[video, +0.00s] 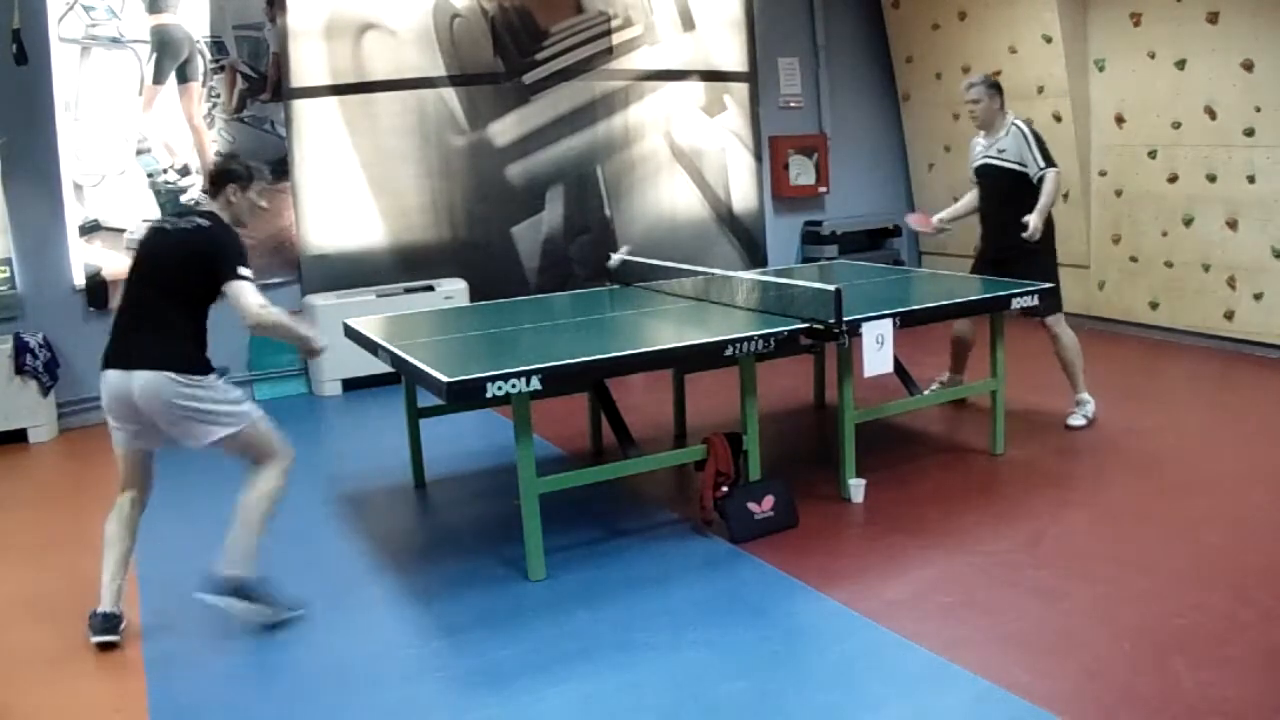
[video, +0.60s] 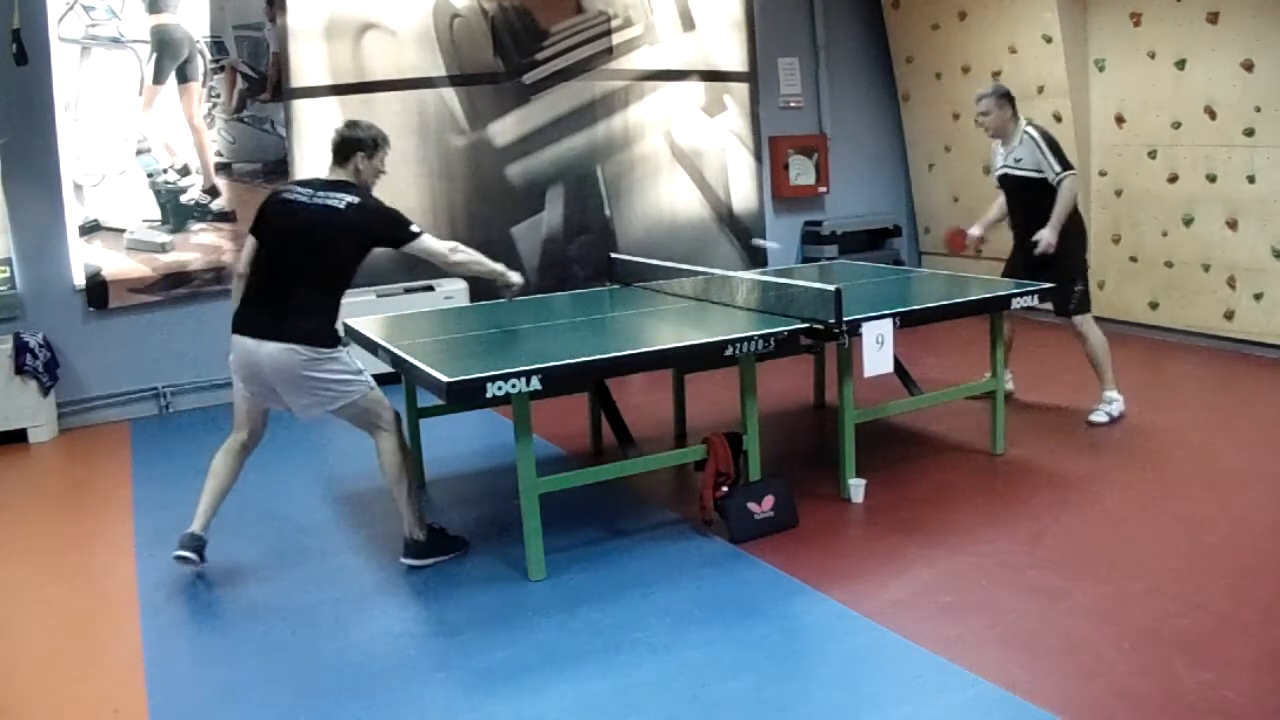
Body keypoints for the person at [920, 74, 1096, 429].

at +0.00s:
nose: (970, 110)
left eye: (976, 102)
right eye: (967, 104)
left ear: (997, 101)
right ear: (970, 107)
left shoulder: (1020, 132)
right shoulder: (978, 142)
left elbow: (1051, 174)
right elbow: (981, 192)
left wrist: (1039, 213)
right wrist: (945, 216)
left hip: (1031, 245)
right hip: (993, 245)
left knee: (1054, 322)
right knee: (962, 324)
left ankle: (1083, 398)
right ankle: (954, 380)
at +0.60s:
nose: (979, 121)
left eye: (984, 114)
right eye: (978, 116)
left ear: (1006, 110)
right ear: (990, 116)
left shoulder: (1035, 137)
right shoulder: (999, 148)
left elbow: (1069, 181)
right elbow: (1009, 196)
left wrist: (1052, 229)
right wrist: (981, 226)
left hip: (1062, 239)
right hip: (1027, 240)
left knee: (1079, 318)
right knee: (1000, 307)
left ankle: (1112, 396)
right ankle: (1000, 376)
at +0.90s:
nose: (972, 148)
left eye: (971, 141)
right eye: (969, 142)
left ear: (985, 134)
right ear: (987, 134)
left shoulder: (1013, 147)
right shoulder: (1005, 152)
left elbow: (1039, 182)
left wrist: (1032, 222)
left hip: (1050, 244)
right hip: (1029, 245)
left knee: (1062, 325)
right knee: (987, 305)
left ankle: (1112, 396)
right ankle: (999, 375)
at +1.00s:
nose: (981, 130)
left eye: (983, 123)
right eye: (978, 124)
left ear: (1000, 117)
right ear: (995, 119)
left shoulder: (1028, 138)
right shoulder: (1003, 147)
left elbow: (1048, 175)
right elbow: (983, 172)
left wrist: (1033, 213)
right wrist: (939, 158)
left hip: (1051, 237)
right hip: (1023, 237)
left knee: (1068, 314)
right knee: (992, 303)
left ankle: (1107, 391)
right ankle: (999, 375)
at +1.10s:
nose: (998, 105)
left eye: (1000, 98)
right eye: (995, 100)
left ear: (1018, 92)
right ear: (1004, 97)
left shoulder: (1042, 121)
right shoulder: (1014, 124)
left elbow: (1067, 167)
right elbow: (997, 141)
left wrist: (1056, 208)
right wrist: (960, 132)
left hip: (1054, 224)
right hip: (1024, 225)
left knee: (1074, 300)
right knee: (1012, 302)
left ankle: (1105, 372)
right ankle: (996, 366)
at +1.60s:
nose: (1030, 104)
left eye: (1036, 98)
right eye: (1027, 98)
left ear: (1055, 99)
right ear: (1026, 100)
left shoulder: (1074, 134)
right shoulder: (1027, 132)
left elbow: (1093, 183)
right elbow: (1009, 169)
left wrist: (1086, 229)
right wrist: (969, 179)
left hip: (1067, 234)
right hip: (1032, 232)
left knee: (1081, 310)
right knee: (1020, 302)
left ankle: (1104, 373)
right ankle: (1024, 363)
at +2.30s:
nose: (1006, 117)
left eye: (1011, 109)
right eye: (1003, 111)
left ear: (1030, 106)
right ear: (1008, 113)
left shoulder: (1056, 133)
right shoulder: (1021, 143)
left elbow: (1080, 176)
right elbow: (1021, 191)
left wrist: (1047, 212)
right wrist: (992, 219)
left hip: (1075, 230)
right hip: (1042, 230)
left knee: (1076, 310)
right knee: (1018, 301)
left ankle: (1108, 384)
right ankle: (1014, 366)